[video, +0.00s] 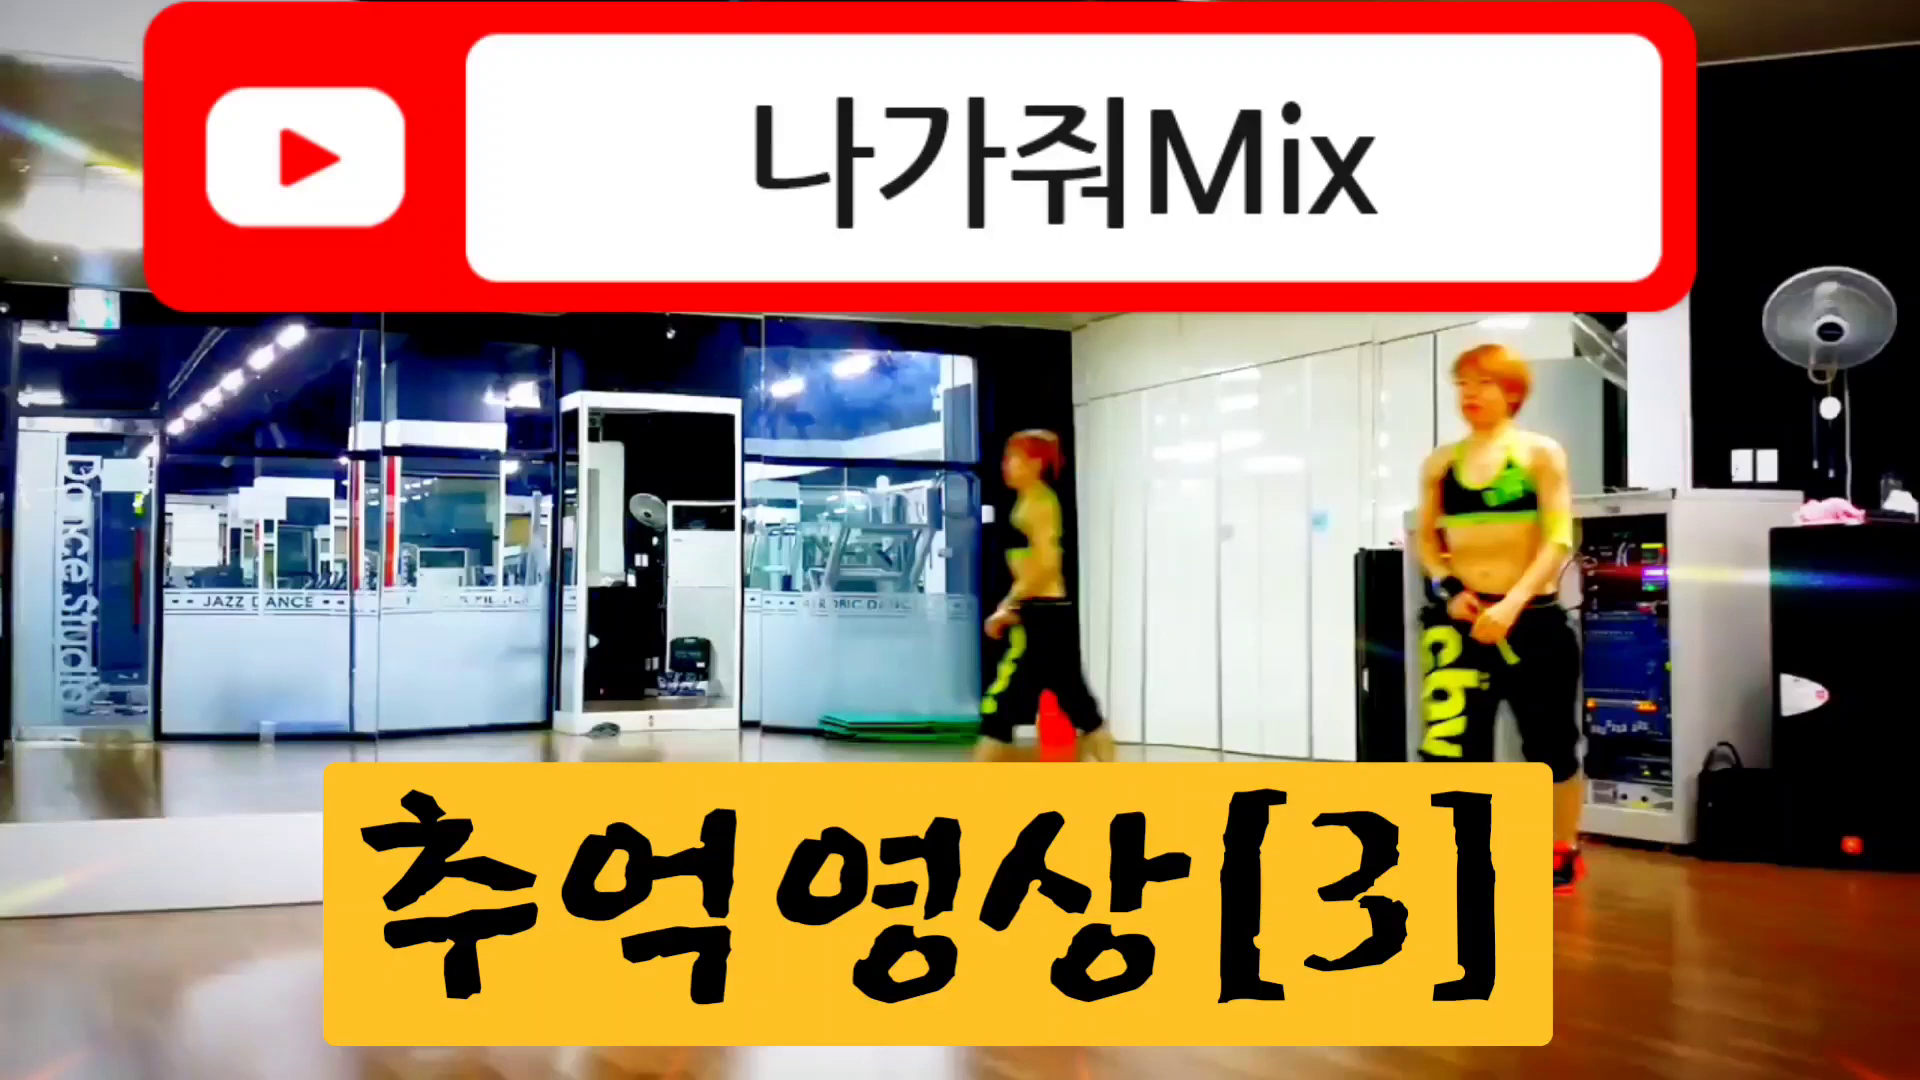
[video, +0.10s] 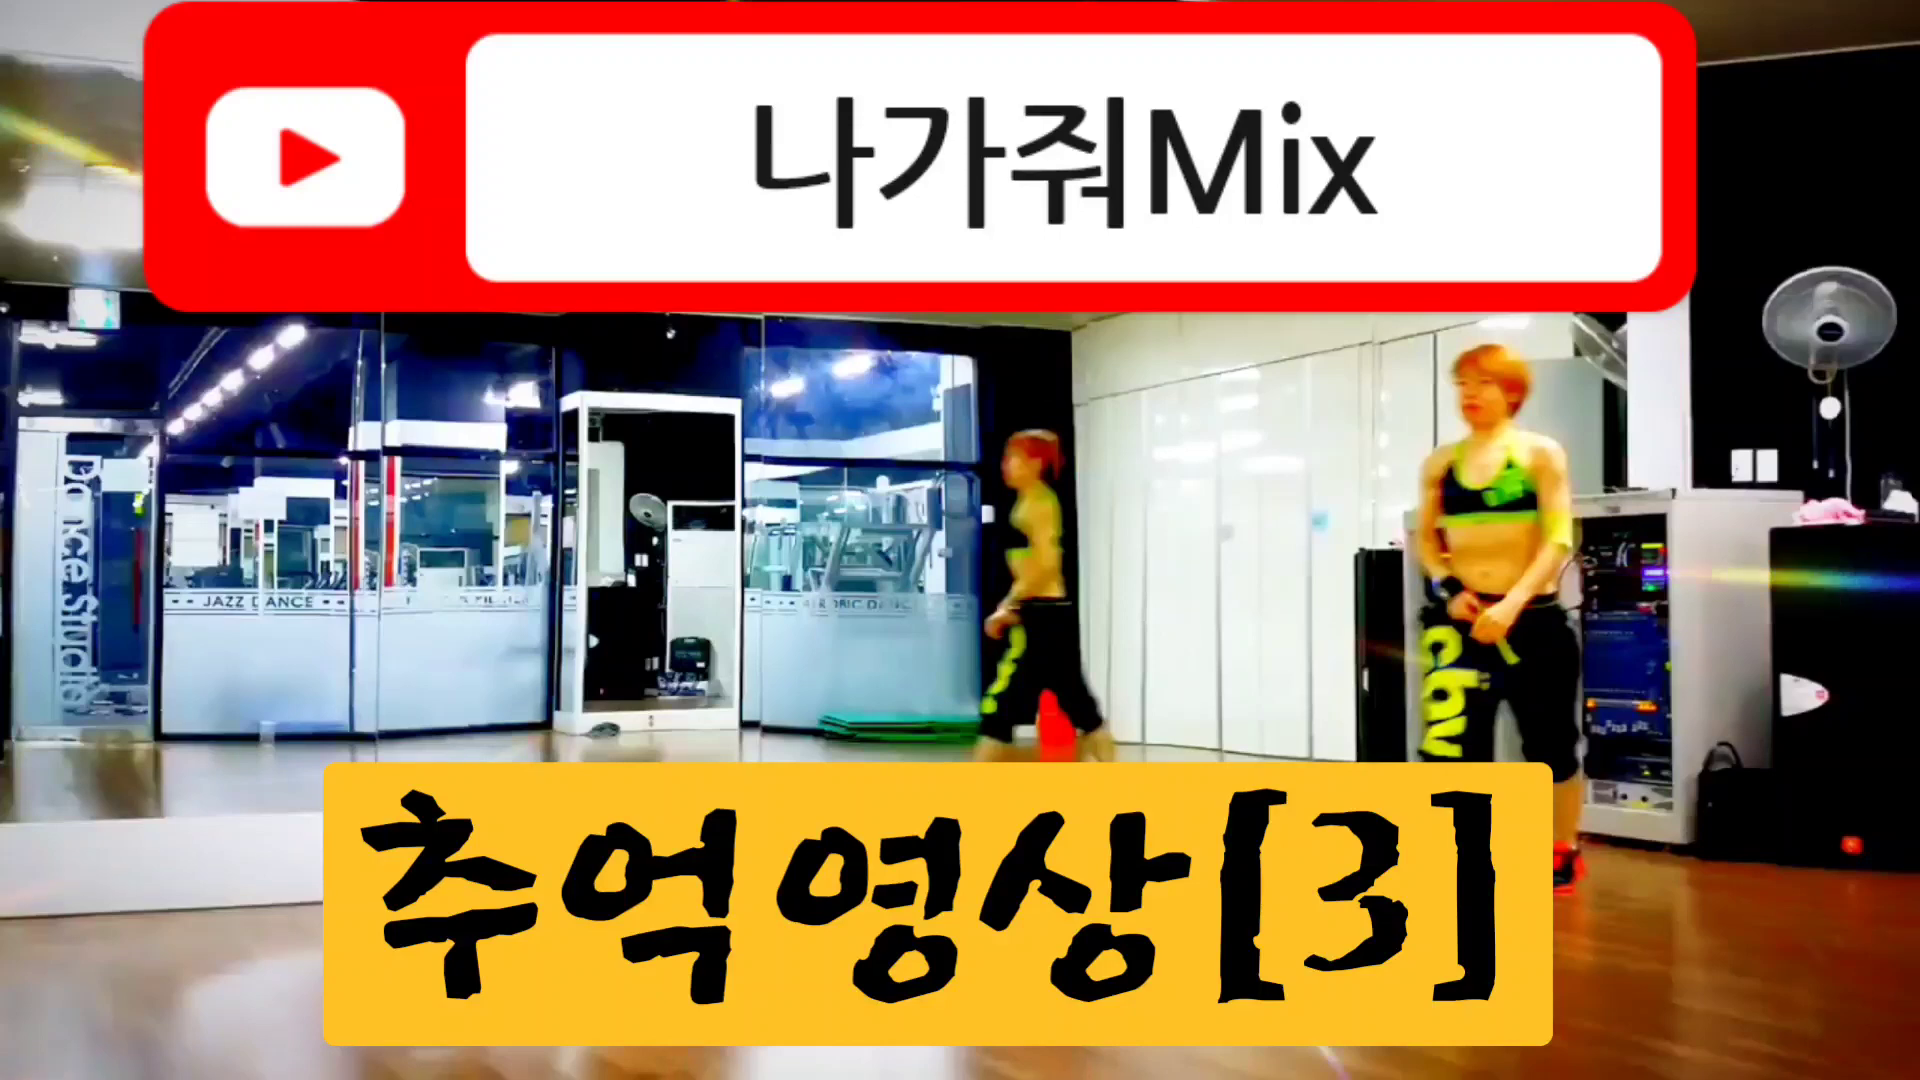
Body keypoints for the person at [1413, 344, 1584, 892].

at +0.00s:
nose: (1470, 395)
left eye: (1483, 384)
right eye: (1464, 384)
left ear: (1512, 393)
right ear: (1455, 392)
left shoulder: (1541, 456)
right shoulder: (1440, 464)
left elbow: (1559, 542)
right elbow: (1426, 542)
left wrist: (1510, 606)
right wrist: (1451, 589)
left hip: (1534, 621)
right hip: (1463, 624)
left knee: (1553, 749)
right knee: (1457, 753)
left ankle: (1562, 850)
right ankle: (1460, 854)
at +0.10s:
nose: (1470, 395)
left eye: (1484, 384)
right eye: (1464, 384)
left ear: (1512, 393)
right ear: (1455, 392)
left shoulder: (1541, 456)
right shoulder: (1440, 464)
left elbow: (1558, 542)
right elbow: (1426, 541)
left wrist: (1509, 606)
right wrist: (1451, 588)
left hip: (1534, 621)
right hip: (1463, 624)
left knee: (1553, 749)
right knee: (1458, 753)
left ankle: (1562, 850)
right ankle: (1461, 853)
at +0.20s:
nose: (1439, 391)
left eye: (1451, 380)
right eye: (1433, 380)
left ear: (1480, 387)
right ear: (1426, 387)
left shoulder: (1513, 451)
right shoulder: (1409, 461)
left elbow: (1536, 540)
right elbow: (1394, 545)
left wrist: (1512, 613)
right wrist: (1420, 588)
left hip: (1503, 624)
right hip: (1434, 626)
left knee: (1524, 750)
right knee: (1435, 752)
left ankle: (1549, 842)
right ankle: (1442, 855)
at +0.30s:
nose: (1401, 372)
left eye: (1414, 362)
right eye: (1393, 362)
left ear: (1443, 371)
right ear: (1386, 370)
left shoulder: (1474, 436)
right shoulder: (1369, 447)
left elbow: (1504, 524)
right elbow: (1343, 524)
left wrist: (1523, 603)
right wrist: (1365, 574)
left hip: (1457, 602)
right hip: (1387, 605)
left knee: (1457, 736)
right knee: (1388, 736)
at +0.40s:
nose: (1374, 369)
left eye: (1387, 358)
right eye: (1366, 359)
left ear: (1417, 368)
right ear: (1358, 366)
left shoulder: (1446, 434)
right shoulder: (1342, 440)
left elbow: (1489, 520)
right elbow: (1306, 515)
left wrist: (1525, 600)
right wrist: (1332, 577)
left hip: (1428, 599)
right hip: (1359, 602)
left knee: (1421, 742)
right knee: (1374, 744)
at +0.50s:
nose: (1355, 371)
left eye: (1369, 360)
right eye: (1348, 360)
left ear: (1397, 371)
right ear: (1338, 368)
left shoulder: (1424, 438)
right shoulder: (1321, 444)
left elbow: (1477, 521)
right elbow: (1282, 519)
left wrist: (1520, 598)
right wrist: (1304, 585)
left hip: (1409, 603)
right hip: (1341, 607)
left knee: (1385, 749)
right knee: (1371, 750)